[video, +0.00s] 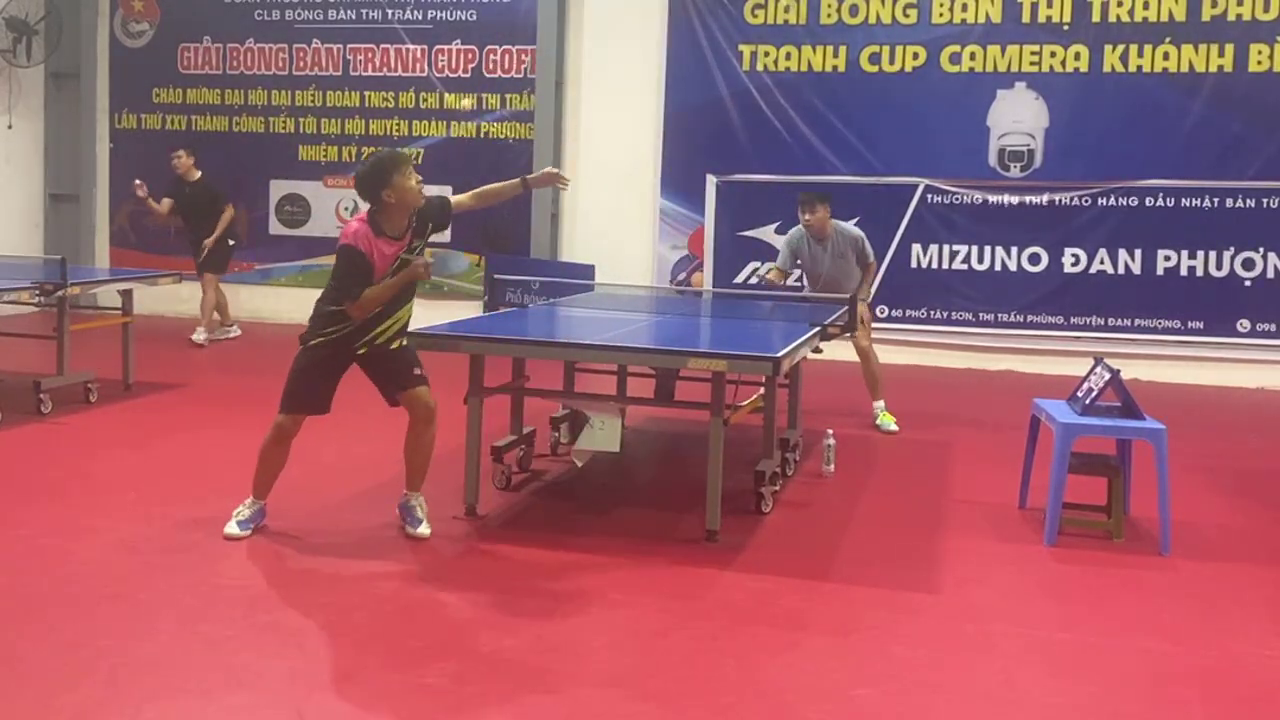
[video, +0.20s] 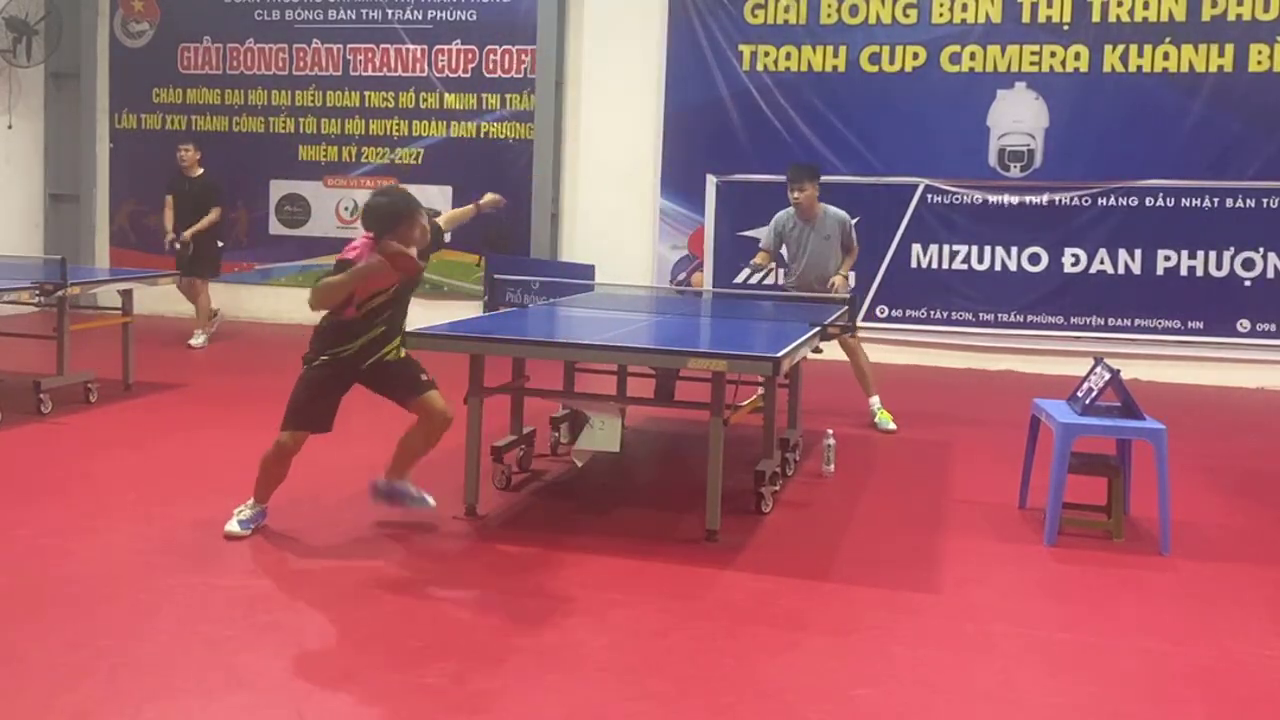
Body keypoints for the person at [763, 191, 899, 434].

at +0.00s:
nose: (806, 218)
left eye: (812, 213)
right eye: (802, 213)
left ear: (828, 212)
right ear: (799, 214)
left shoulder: (852, 235)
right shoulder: (795, 238)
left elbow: (870, 265)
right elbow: (780, 272)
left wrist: (861, 298)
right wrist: (773, 278)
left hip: (853, 301)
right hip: (816, 302)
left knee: (863, 347)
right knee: (784, 340)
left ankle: (880, 410)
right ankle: (766, 394)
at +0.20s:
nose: (795, 196)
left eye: (801, 190)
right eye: (792, 190)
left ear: (816, 190)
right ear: (788, 191)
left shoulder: (839, 219)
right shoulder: (782, 220)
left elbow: (852, 250)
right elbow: (767, 252)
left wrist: (842, 273)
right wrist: (762, 261)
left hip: (832, 298)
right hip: (793, 298)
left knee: (850, 343)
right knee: (774, 339)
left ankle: (876, 407)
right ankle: (766, 392)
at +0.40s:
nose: (794, 187)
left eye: (800, 181)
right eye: (791, 182)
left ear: (816, 181)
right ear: (788, 184)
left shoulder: (839, 212)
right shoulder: (781, 213)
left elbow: (849, 244)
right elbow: (766, 245)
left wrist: (832, 257)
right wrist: (756, 253)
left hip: (829, 295)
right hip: (789, 295)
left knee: (843, 344)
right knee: (771, 341)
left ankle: (849, 400)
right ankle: (764, 392)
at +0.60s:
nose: (796, 198)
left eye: (802, 192)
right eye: (793, 192)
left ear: (819, 192)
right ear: (789, 193)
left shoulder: (842, 221)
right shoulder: (782, 225)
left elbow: (857, 254)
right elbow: (759, 249)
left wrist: (844, 266)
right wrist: (747, 255)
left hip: (831, 303)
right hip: (789, 303)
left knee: (852, 352)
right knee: (765, 344)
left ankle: (850, 403)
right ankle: (759, 393)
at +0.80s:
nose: (770, 211)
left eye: (776, 206)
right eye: (767, 206)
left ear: (792, 205)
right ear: (763, 207)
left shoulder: (817, 231)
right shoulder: (757, 234)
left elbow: (837, 258)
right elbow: (723, 250)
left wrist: (844, 278)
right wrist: (719, 256)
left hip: (814, 311)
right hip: (773, 311)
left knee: (836, 355)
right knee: (739, 350)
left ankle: (848, 403)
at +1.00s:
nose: (736, 220)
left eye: (742, 215)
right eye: (732, 215)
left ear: (756, 214)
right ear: (728, 217)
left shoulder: (775, 235)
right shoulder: (723, 243)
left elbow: (796, 257)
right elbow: (691, 260)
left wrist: (822, 272)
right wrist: (692, 266)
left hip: (775, 311)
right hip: (735, 314)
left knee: (806, 354)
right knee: (706, 355)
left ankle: (833, 401)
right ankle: (708, 411)